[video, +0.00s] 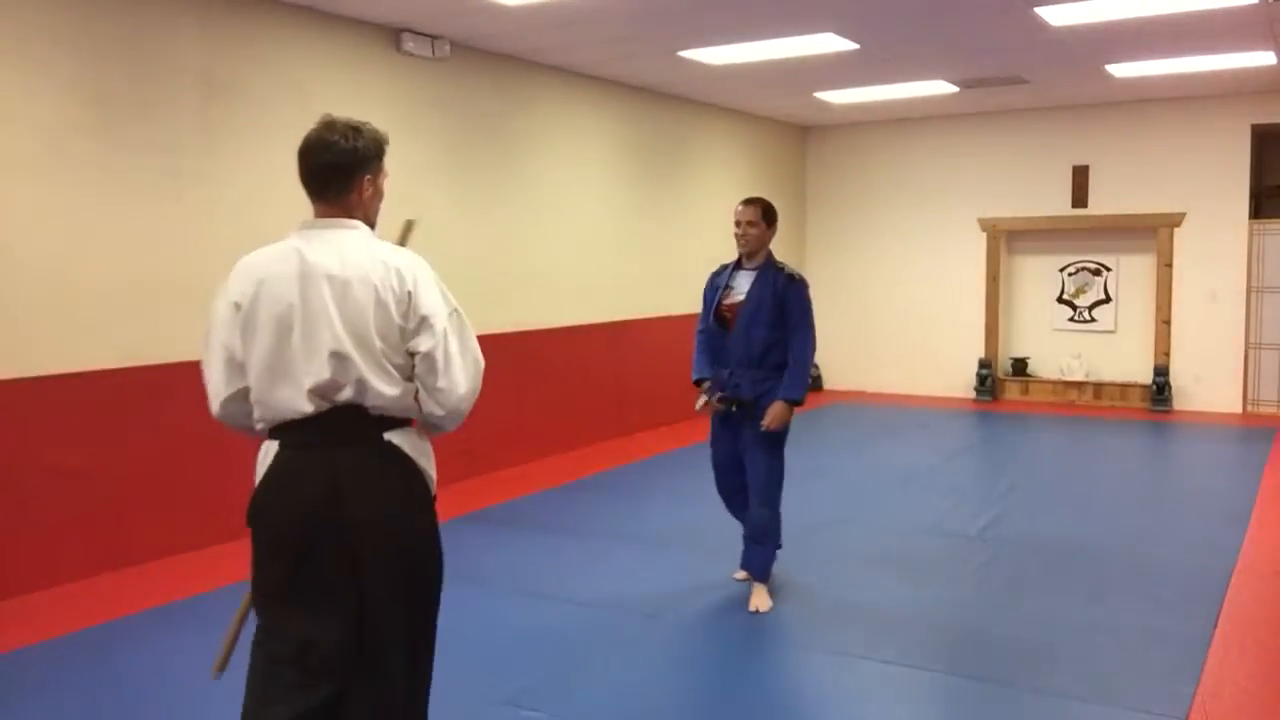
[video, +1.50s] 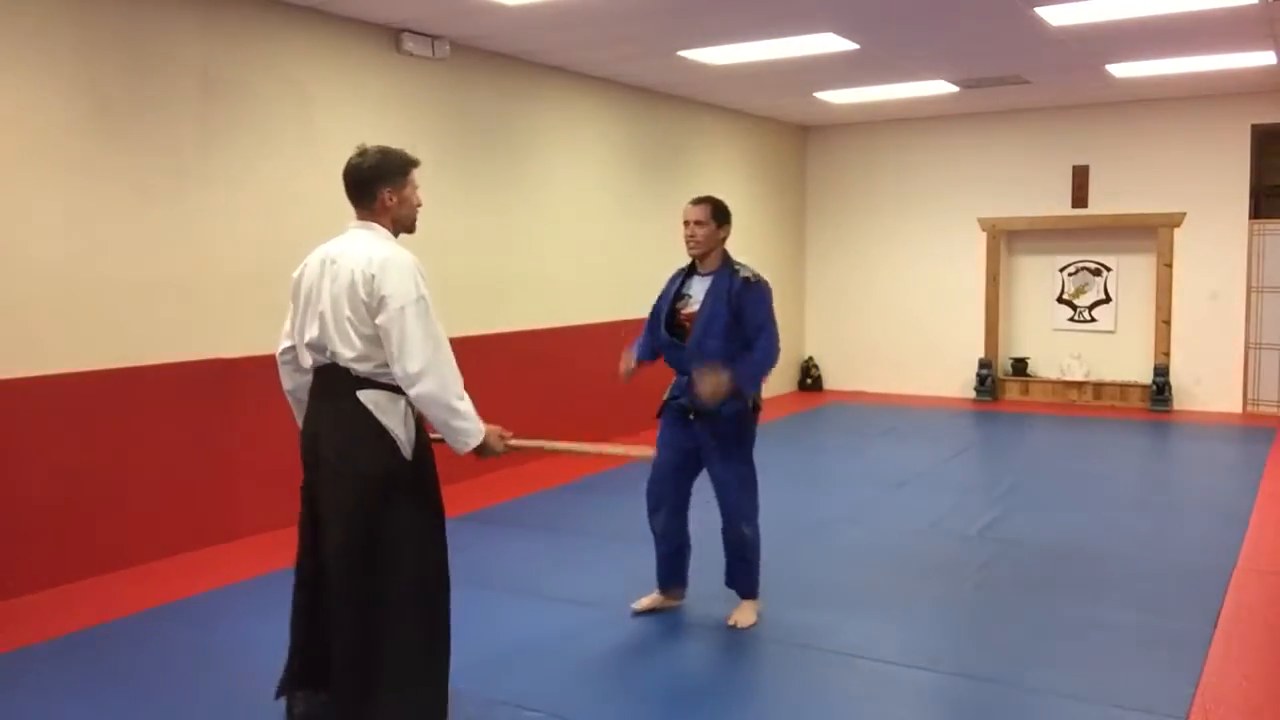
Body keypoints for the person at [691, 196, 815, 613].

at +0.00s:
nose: (741, 231)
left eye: (750, 225)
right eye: (738, 224)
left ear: (770, 230)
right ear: (733, 229)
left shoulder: (789, 284)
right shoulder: (720, 278)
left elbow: (802, 348)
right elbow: (704, 332)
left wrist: (787, 400)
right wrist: (704, 381)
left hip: (765, 406)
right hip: (724, 403)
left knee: (762, 493)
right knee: (729, 486)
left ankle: (759, 577)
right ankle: (760, 543)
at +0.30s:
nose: (733, 231)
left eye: (741, 225)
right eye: (728, 224)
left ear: (762, 229)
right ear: (724, 228)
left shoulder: (786, 279)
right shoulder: (714, 276)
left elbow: (804, 339)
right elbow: (691, 329)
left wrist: (792, 397)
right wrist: (673, 374)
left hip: (761, 404)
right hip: (716, 400)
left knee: (759, 495)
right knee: (700, 485)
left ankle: (759, 580)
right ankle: (721, 567)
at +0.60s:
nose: (705, 236)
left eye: (714, 228)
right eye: (700, 228)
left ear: (735, 233)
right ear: (696, 233)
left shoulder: (760, 288)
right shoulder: (690, 285)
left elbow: (777, 352)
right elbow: (674, 344)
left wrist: (774, 411)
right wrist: (655, 393)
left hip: (743, 410)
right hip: (696, 407)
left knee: (751, 501)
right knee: (687, 499)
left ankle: (758, 583)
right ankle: (674, 589)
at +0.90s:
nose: (669, 233)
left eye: (678, 226)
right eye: (665, 226)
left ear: (698, 231)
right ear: (659, 231)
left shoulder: (725, 285)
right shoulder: (651, 285)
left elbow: (745, 346)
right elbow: (634, 345)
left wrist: (734, 404)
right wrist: (620, 390)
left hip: (712, 412)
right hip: (665, 414)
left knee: (730, 501)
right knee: (665, 503)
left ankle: (748, 578)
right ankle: (672, 591)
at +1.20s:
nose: (666, 233)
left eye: (674, 225)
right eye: (661, 225)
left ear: (697, 230)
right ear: (657, 230)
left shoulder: (723, 284)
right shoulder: (647, 285)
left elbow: (742, 348)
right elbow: (627, 343)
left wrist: (729, 404)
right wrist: (606, 394)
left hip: (709, 408)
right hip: (662, 408)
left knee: (722, 506)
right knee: (664, 504)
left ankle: (737, 595)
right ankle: (671, 593)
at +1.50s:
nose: (690, 233)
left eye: (699, 225)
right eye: (686, 225)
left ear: (723, 231)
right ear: (682, 230)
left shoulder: (748, 286)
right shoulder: (678, 282)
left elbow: (766, 348)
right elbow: (657, 333)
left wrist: (733, 379)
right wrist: (637, 351)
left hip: (729, 416)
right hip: (681, 411)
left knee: (738, 509)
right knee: (663, 497)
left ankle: (748, 597)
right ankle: (671, 589)